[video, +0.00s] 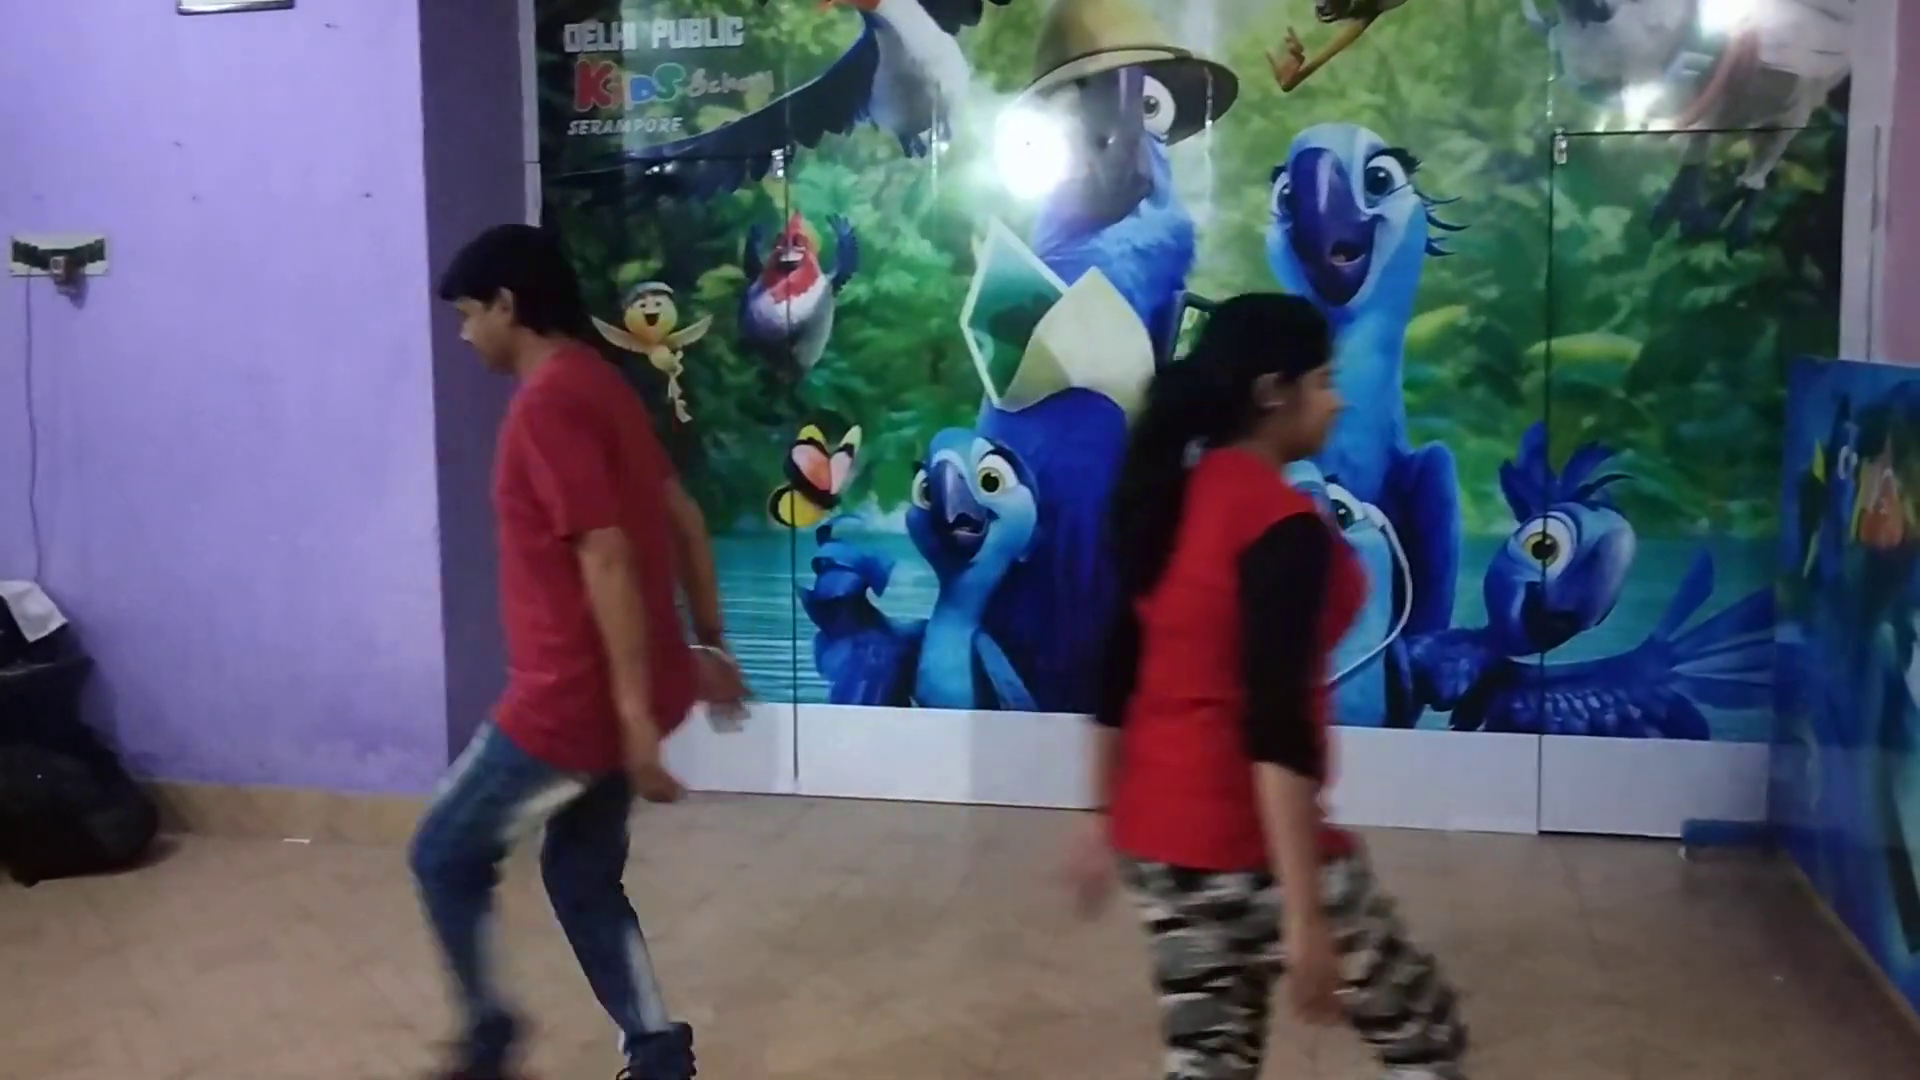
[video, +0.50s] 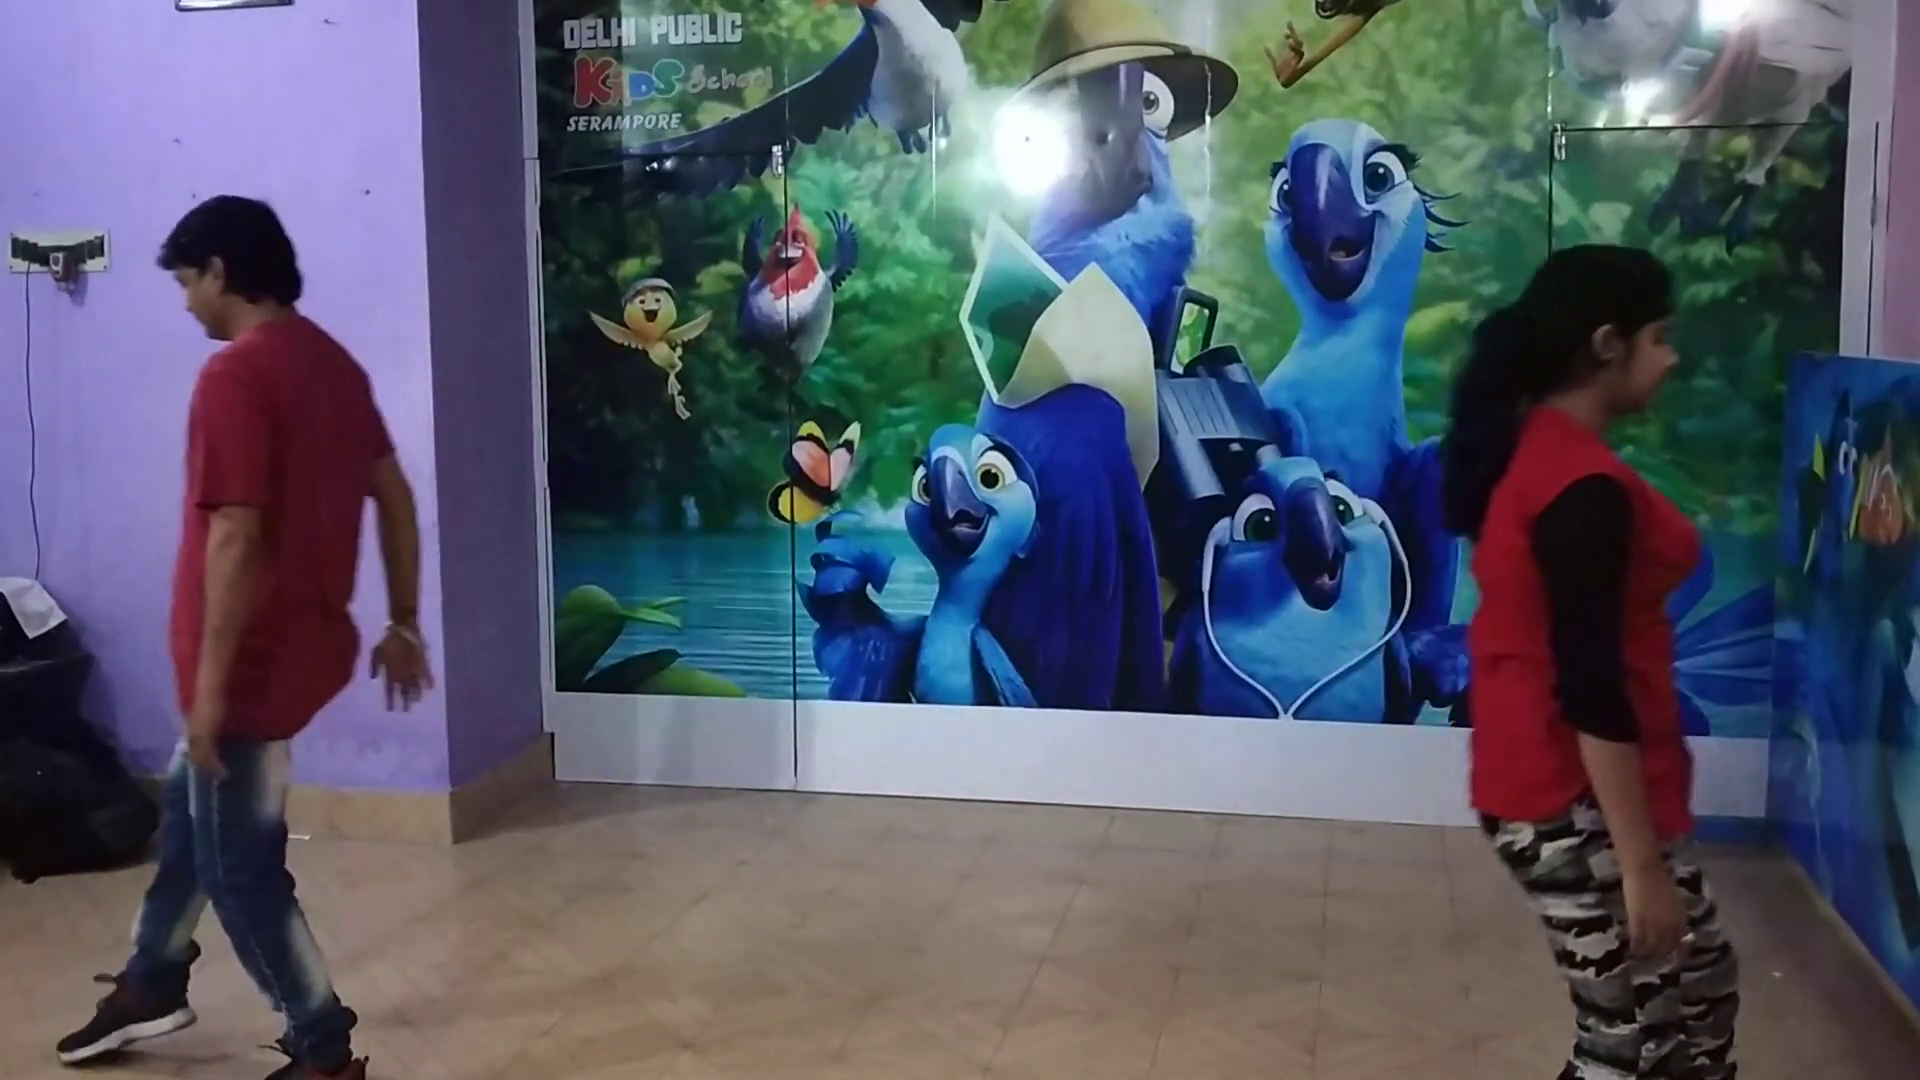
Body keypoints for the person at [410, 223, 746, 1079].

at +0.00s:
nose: (462, 333)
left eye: (467, 313)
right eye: (459, 316)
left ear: (511, 304)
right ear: (535, 305)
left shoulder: (550, 401)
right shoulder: (603, 384)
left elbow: (608, 555)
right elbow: (682, 515)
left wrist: (637, 714)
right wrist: (711, 640)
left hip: (566, 701)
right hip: (621, 694)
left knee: (443, 858)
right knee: (583, 876)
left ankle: (486, 1031)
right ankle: (656, 1049)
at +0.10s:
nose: (391, 320)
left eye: (397, 301)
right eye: (389, 303)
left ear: (439, 295)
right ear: (467, 295)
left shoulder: (467, 398)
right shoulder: (531, 377)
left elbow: (513, 549)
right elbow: (602, 509)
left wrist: (533, 708)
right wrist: (623, 631)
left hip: (476, 700)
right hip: (536, 696)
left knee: (385, 868)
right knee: (524, 870)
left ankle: (350, 1053)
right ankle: (631, 1042)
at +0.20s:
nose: (322, 313)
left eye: (328, 293)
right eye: (320, 294)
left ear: (368, 288)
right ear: (395, 287)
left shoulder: (389, 393)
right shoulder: (467, 372)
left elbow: (421, 548)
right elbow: (535, 506)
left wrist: (428, 707)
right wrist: (551, 630)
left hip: (395, 694)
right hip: (464, 682)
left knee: (320, 866)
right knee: (402, 843)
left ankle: (330, 1053)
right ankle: (526, 985)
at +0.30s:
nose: (266, 305)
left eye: (270, 286)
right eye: (263, 287)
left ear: (311, 280)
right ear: (345, 279)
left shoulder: (327, 388)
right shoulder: (416, 367)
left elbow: (345, 545)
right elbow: (478, 502)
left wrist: (336, 709)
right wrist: (492, 625)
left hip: (338, 680)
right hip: (409, 662)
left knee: (274, 869)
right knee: (312, 822)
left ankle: (321, 1046)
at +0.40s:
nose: (222, 301)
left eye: (223, 282)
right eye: (219, 284)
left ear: (258, 271)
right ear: (293, 270)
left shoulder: (278, 375)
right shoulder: (371, 361)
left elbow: (283, 537)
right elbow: (434, 495)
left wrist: (263, 692)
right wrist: (447, 622)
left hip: (283, 671)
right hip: (352, 656)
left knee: (254, 874)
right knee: (220, 793)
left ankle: (324, 1047)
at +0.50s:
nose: (185, 300)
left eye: (186, 281)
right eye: (181, 283)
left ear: (220, 272)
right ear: (266, 270)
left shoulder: (236, 374)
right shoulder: (333, 363)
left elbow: (235, 539)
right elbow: (392, 493)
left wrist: (208, 698)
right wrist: (404, 621)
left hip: (242, 668)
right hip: (304, 651)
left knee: (243, 871)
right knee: (188, 808)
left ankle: (324, 1046)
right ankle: (151, 982)